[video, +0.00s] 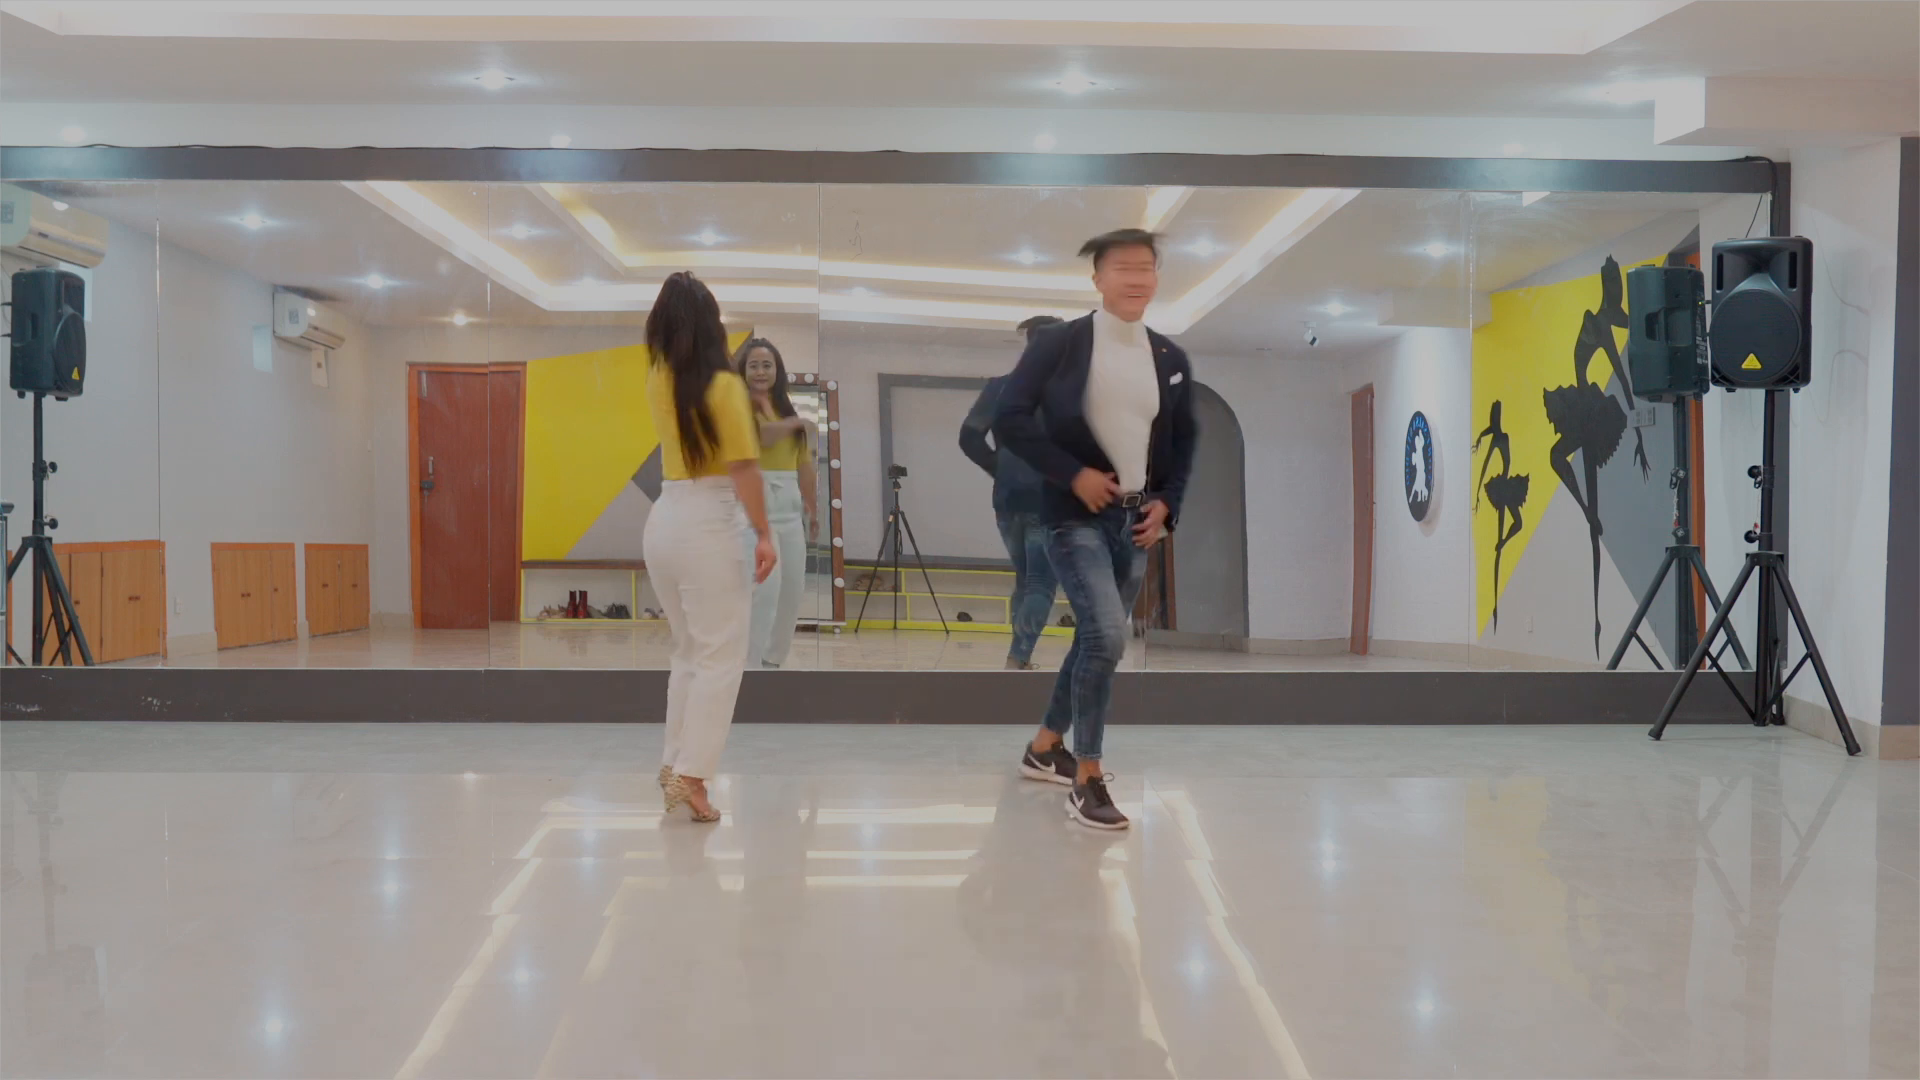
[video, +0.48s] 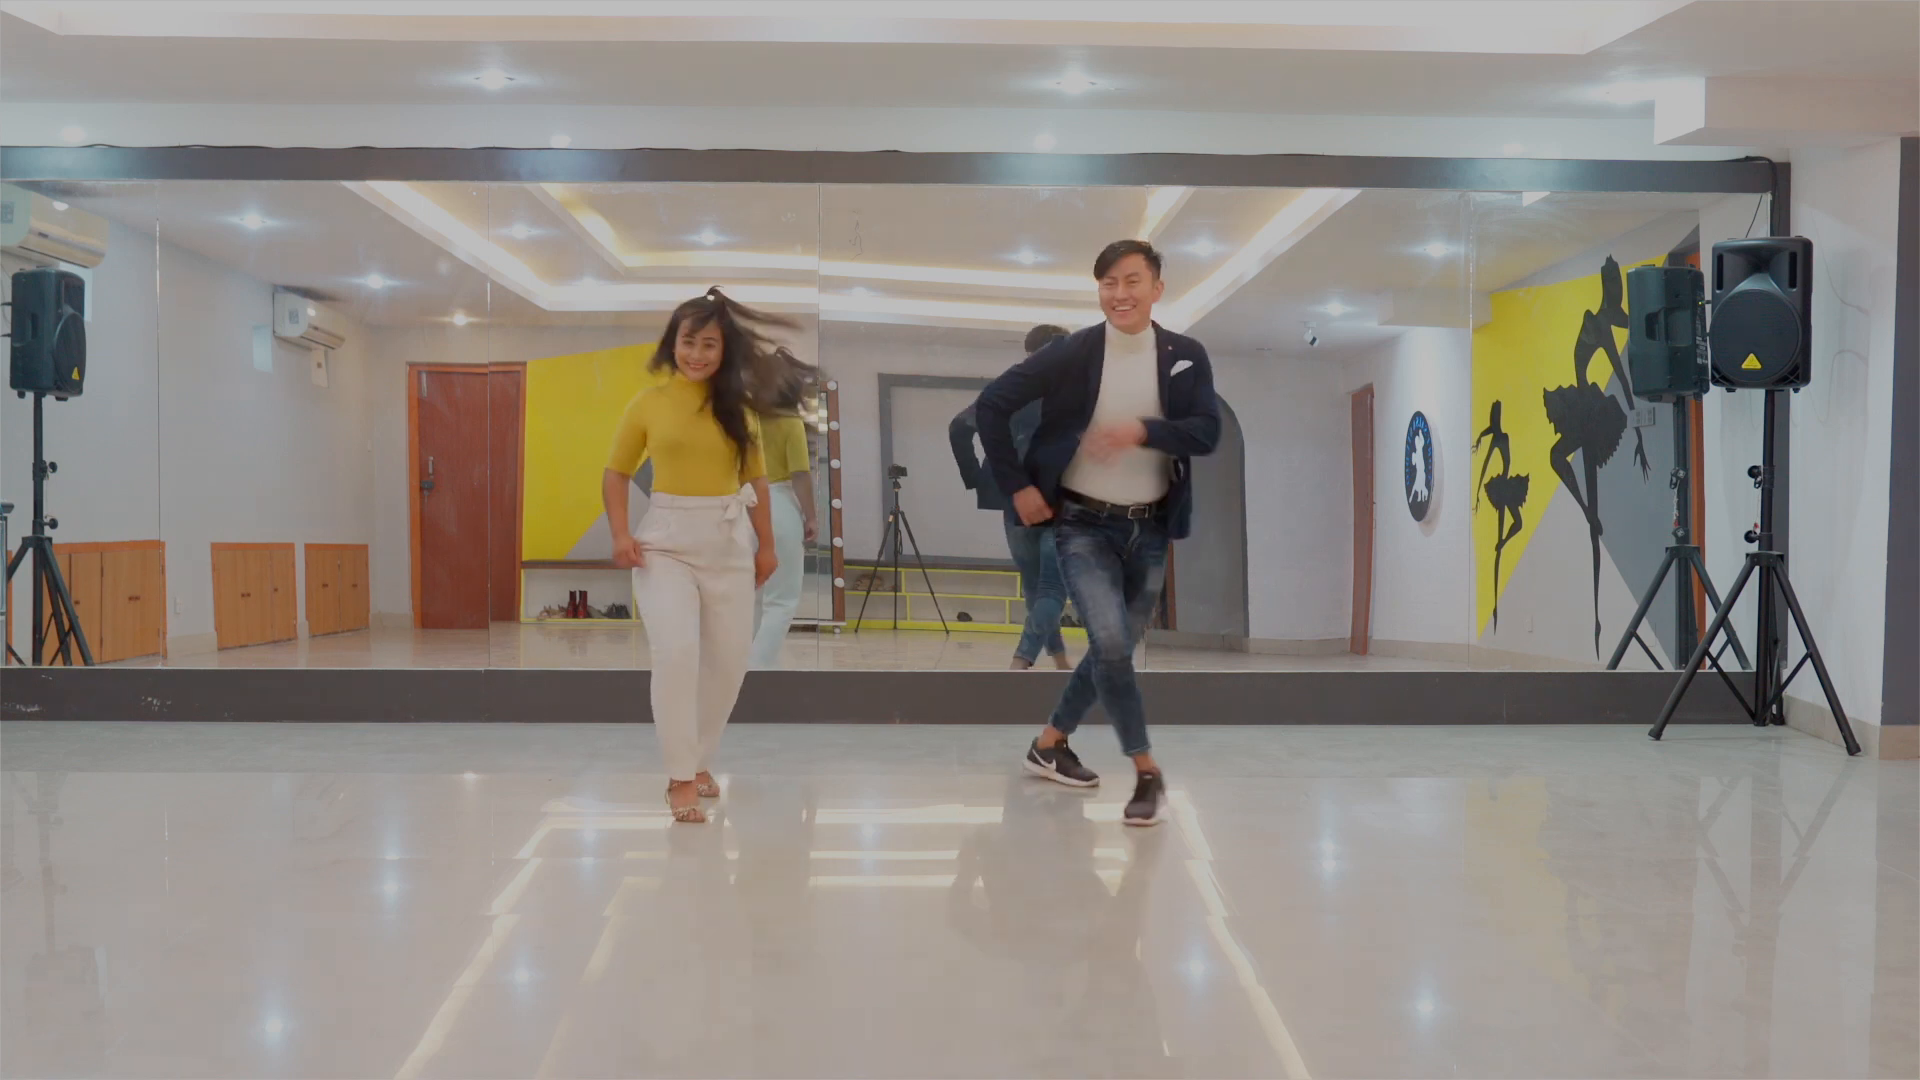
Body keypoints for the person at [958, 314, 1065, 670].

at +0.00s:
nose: (1047, 351)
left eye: (1038, 340)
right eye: (1051, 342)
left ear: (1027, 344)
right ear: (1060, 348)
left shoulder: (1003, 386)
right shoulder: (1070, 388)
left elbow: (969, 436)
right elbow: (1084, 437)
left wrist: (1001, 468)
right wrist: (1066, 473)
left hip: (1009, 493)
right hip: (1048, 495)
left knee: (1024, 579)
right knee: (1041, 583)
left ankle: (1020, 653)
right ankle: (1019, 657)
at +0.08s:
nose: (1034, 353)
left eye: (1030, 346)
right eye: (1044, 347)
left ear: (1026, 347)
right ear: (1061, 351)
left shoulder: (1002, 388)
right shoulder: (1069, 391)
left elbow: (966, 439)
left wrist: (997, 472)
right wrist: (1064, 474)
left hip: (1007, 492)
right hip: (1049, 495)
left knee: (1021, 579)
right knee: (1041, 582)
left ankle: (1021, 654)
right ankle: (1021, 658)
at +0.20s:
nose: (1028, 356)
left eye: (1025, 349)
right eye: (1039, 351)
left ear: (1026, 350)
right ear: (1061, 353)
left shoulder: (1004, 389)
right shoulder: (1072, 391)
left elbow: (964, 438)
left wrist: (993, 476)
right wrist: (1061, 476)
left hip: (1008, 493)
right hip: (1049, 495)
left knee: (1022, 579)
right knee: (1043, 582)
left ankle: (1022, 654)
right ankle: (1020, 659)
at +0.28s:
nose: (1058, 355)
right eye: (1058, 347)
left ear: (1027, 350)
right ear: (1060, 350)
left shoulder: (1010, 386)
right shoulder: (1070, 386)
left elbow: (961, 435)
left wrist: (989, 478)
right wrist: (1066, 477)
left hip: (1008, 496)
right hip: (1052, 497)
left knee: (1024, 579)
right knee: (1045, 583)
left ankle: (1025, 655)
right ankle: (1021, 658)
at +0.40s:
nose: (1064, 353)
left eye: (1061, 345)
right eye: (1062, 346)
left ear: (1028, 350)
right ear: (1059, 350)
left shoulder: (1010, 384)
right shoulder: (1069, 385)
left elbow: (958, 428)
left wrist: (978, 476)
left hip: (1009, 493)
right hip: (1053, 492)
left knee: (1030, 581)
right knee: (1049, 585)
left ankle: (1046, 662)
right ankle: (1019, 663)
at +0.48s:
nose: (1059, 358)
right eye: (1059, 350)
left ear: (1027, 354)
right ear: (1062, 353)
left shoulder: (1010, 388)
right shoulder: (1074, 388)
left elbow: (960, 425)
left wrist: (973, 476)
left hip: (1016, 500)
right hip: (1061, 501)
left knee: (1034, 587)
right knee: (1052, 588)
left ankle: (1063, 663)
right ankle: (1021, 664)